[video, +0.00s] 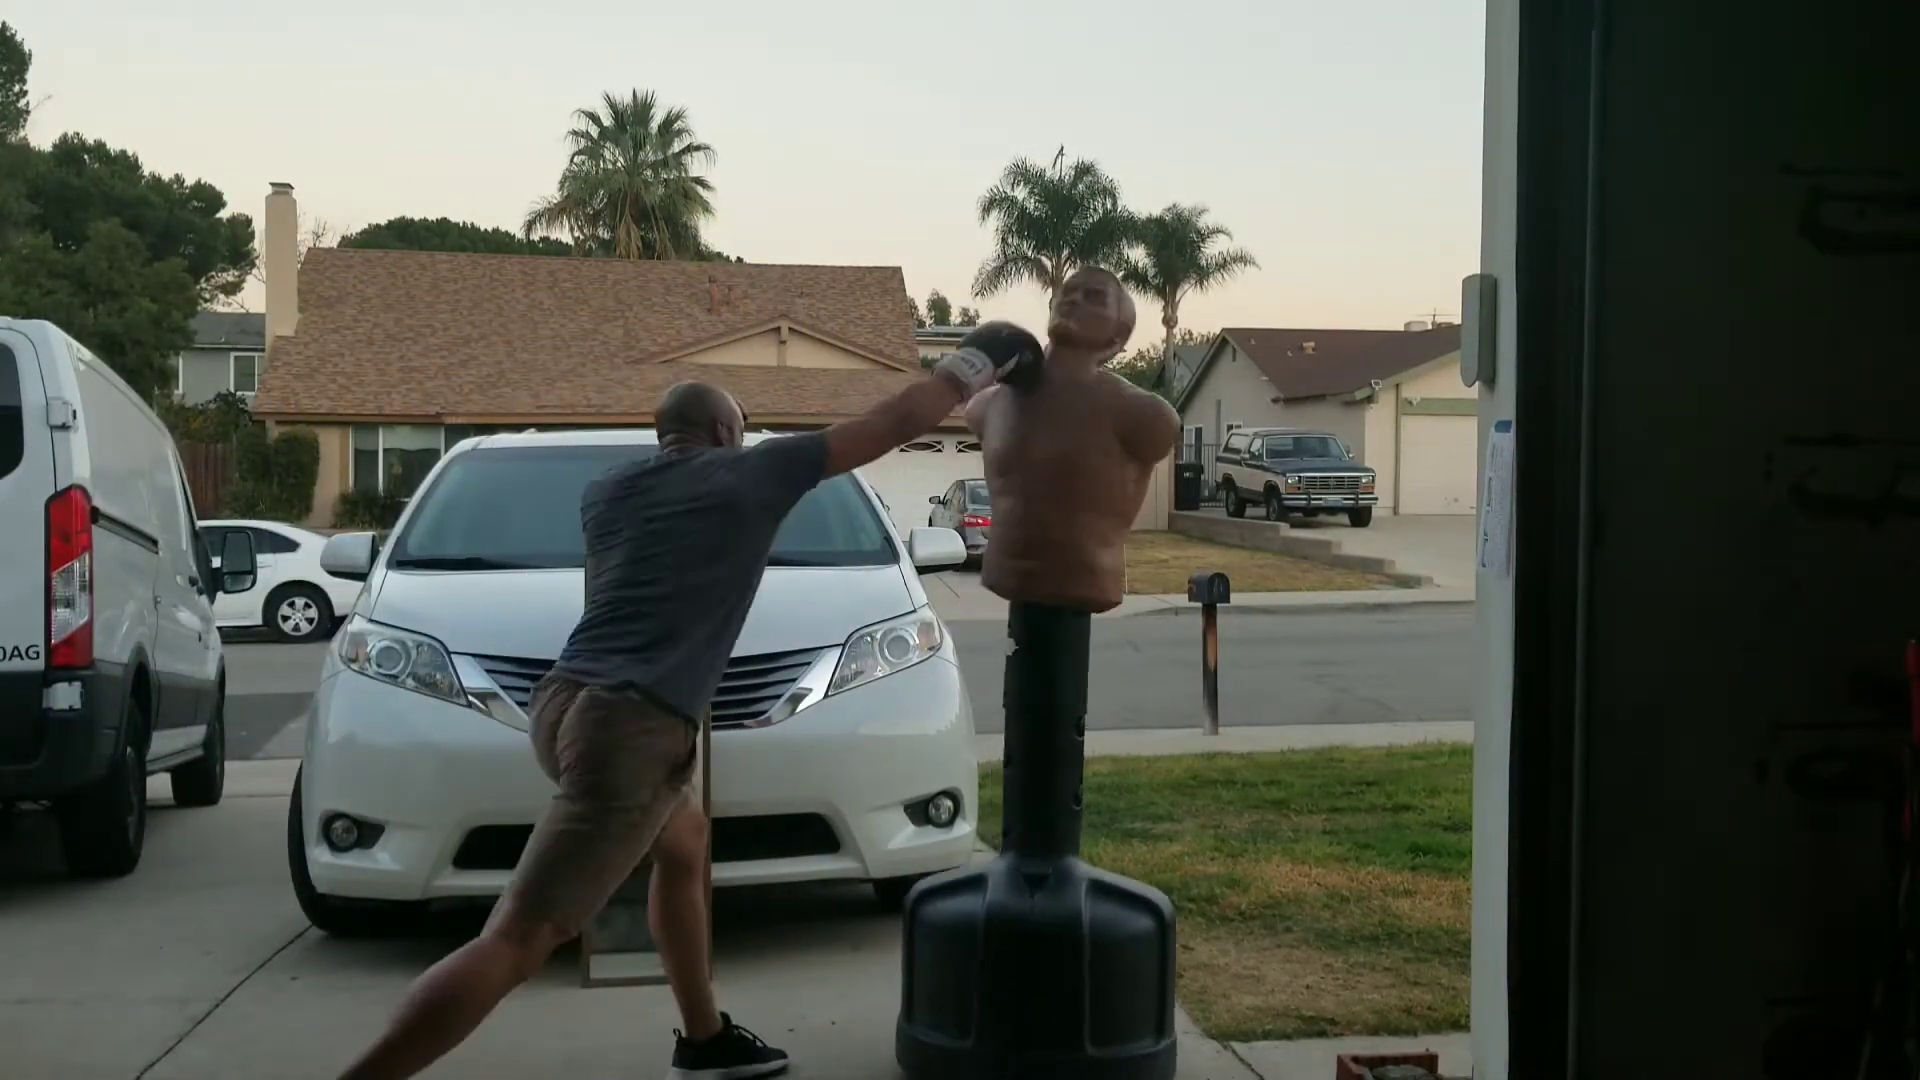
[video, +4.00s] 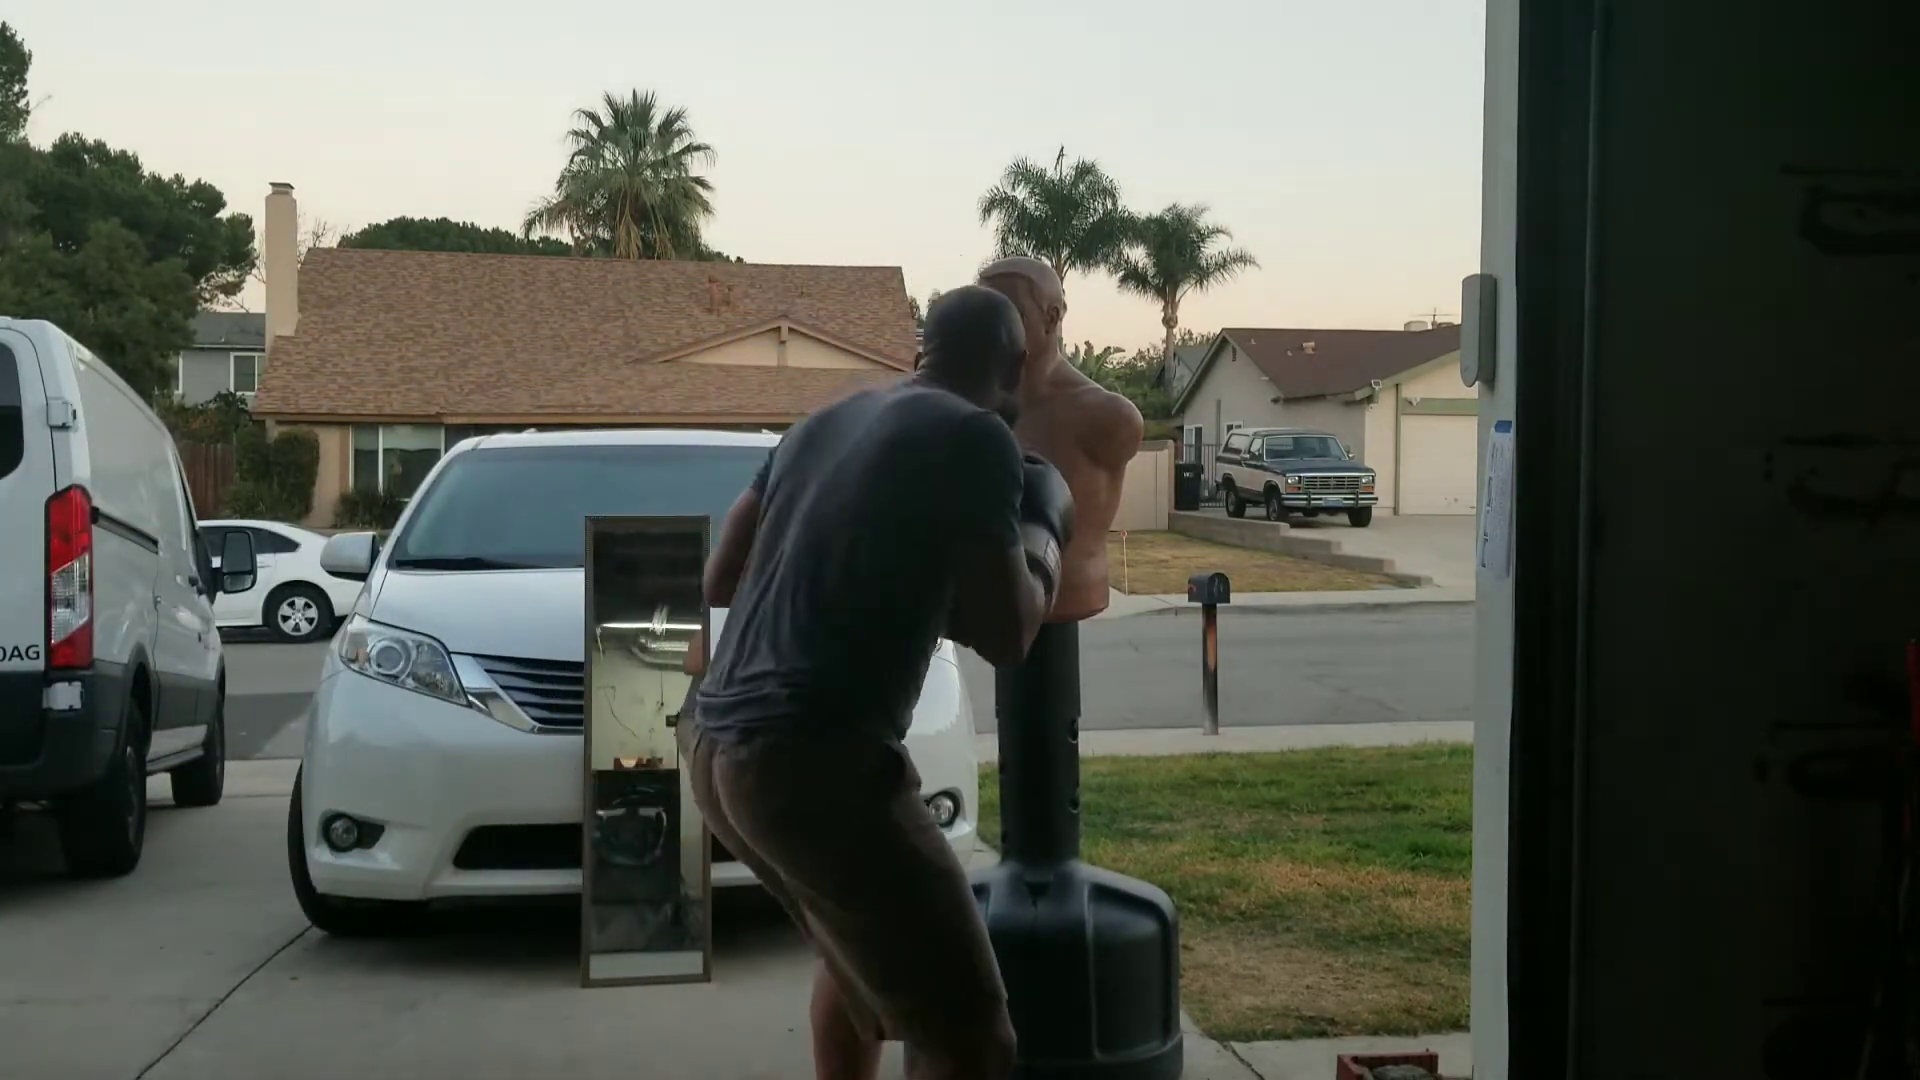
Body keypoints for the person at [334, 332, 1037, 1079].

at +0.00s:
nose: (747, 439)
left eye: (739, 428)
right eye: (742, 428)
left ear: (660, 435)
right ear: (728, 430)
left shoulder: (607, 490)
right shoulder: (754, 474)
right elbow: (891, 422)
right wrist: (974, 366)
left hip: (563, 708)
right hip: (639, 727)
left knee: (684, 839)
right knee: (514, 943)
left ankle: (704, 1032)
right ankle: (362, 1072)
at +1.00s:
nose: (253, 358)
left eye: (258, 341)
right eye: (238, 338)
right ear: (177, 334)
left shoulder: (206, 437)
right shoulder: (73, 423)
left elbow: (217, 568)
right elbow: (161, 559)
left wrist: (290, 506)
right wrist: (229, 438)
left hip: (194, 735)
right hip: (82, 732)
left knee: (232, 953)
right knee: (54, 968)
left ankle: (52, 1072)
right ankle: (4, 1068)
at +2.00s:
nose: (570, 370)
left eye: (572, 351)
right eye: (563, 348)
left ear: (509, 337)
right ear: (513, 335)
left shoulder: (480, 433)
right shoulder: (388, 420)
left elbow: (472, 560)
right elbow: (421, 581)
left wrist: (571, 524)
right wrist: (544, 519)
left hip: (450, 713)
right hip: (376, 715)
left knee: (479, 894)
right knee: (430, 952)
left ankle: (416, 1060)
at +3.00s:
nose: (831, 243)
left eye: (842, 228)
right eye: (832, 224)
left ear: (727, 216)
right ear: (813, 224)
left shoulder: (639, 290)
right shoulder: (782, 290)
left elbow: (726, 269)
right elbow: (912, 431)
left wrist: (811, 212)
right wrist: (929, 291)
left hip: (596, 654)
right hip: (684, 660)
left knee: (677, 940)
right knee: (736, 983)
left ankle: (649, 1072)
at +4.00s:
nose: (1022, 396)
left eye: (1023, 374)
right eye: (1024, 374)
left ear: (921, 354)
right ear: (1009, 369)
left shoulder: (821, 422)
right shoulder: (975, 437)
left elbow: (721, 582)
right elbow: (1006, 637)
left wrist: (856, 560)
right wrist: (1039, 524)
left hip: (718, 757)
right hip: (821, 764)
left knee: (854, 965)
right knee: (969, 1034)